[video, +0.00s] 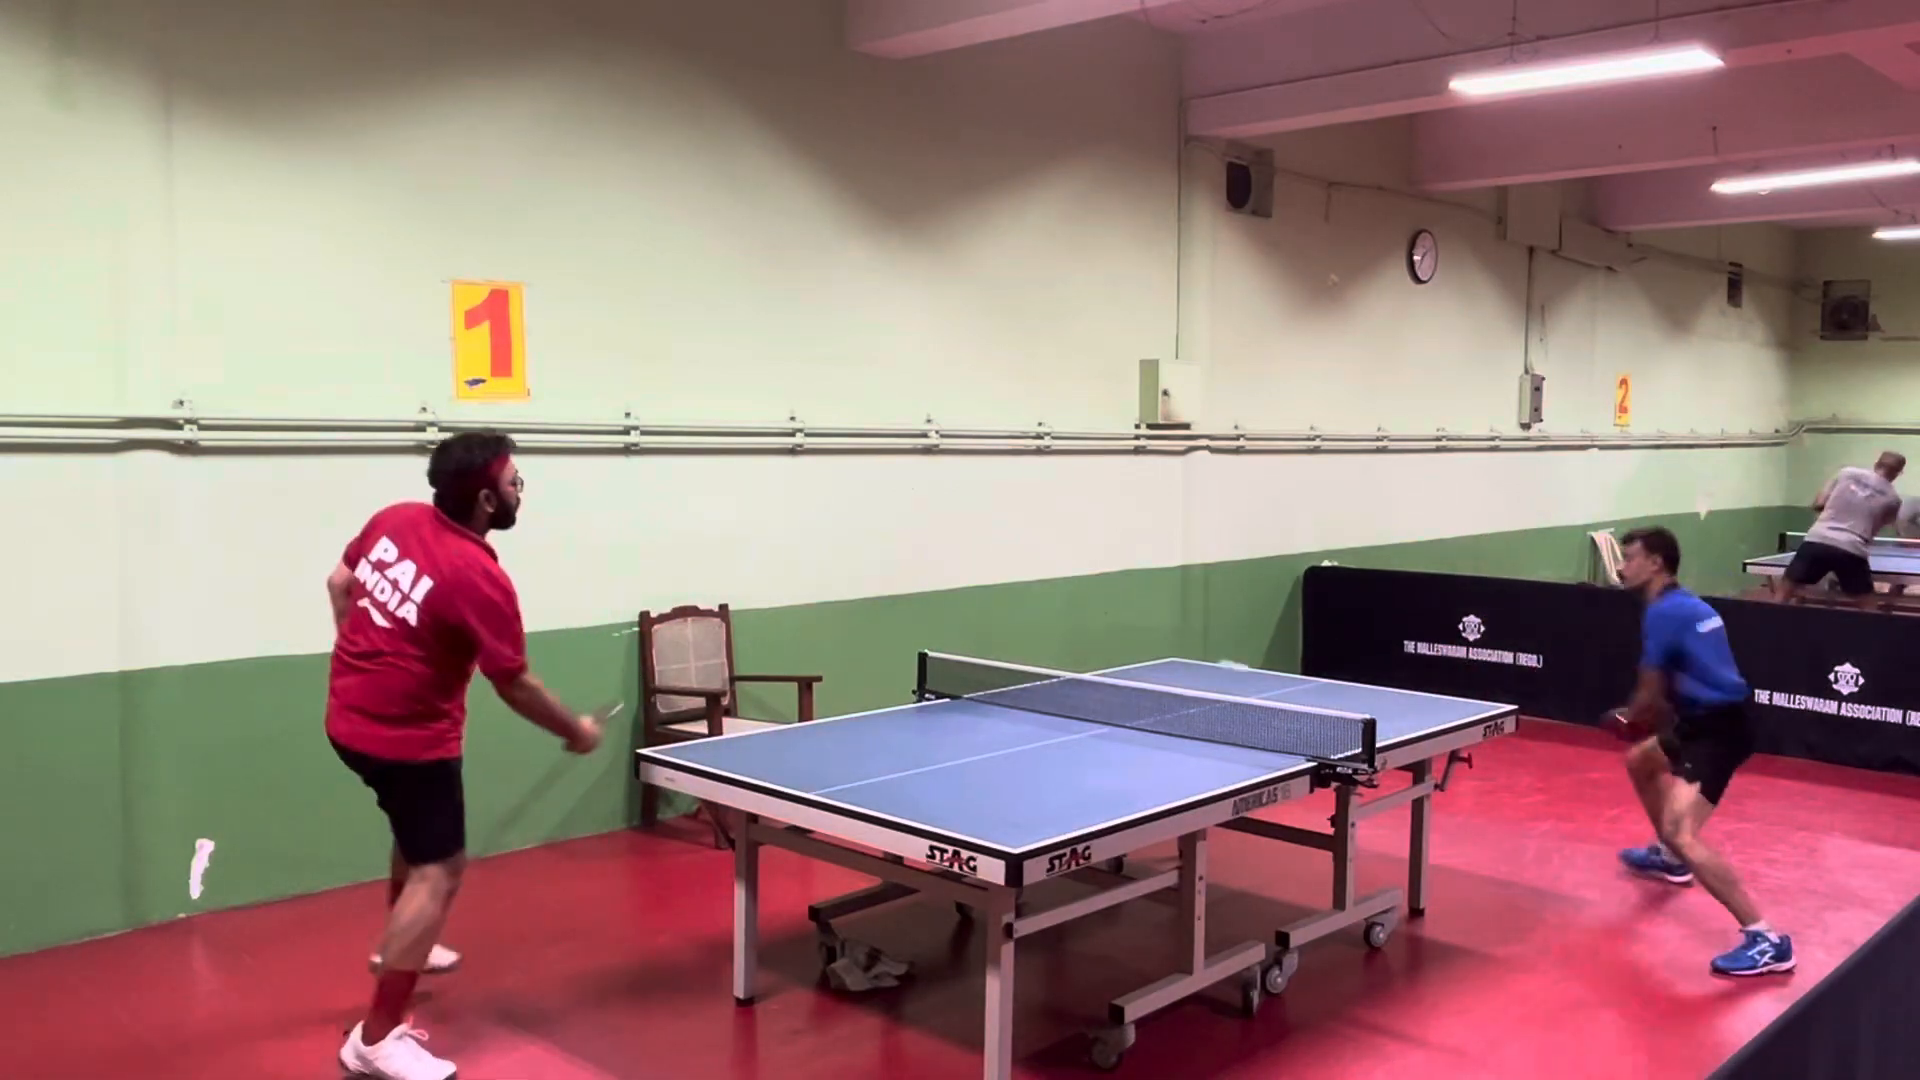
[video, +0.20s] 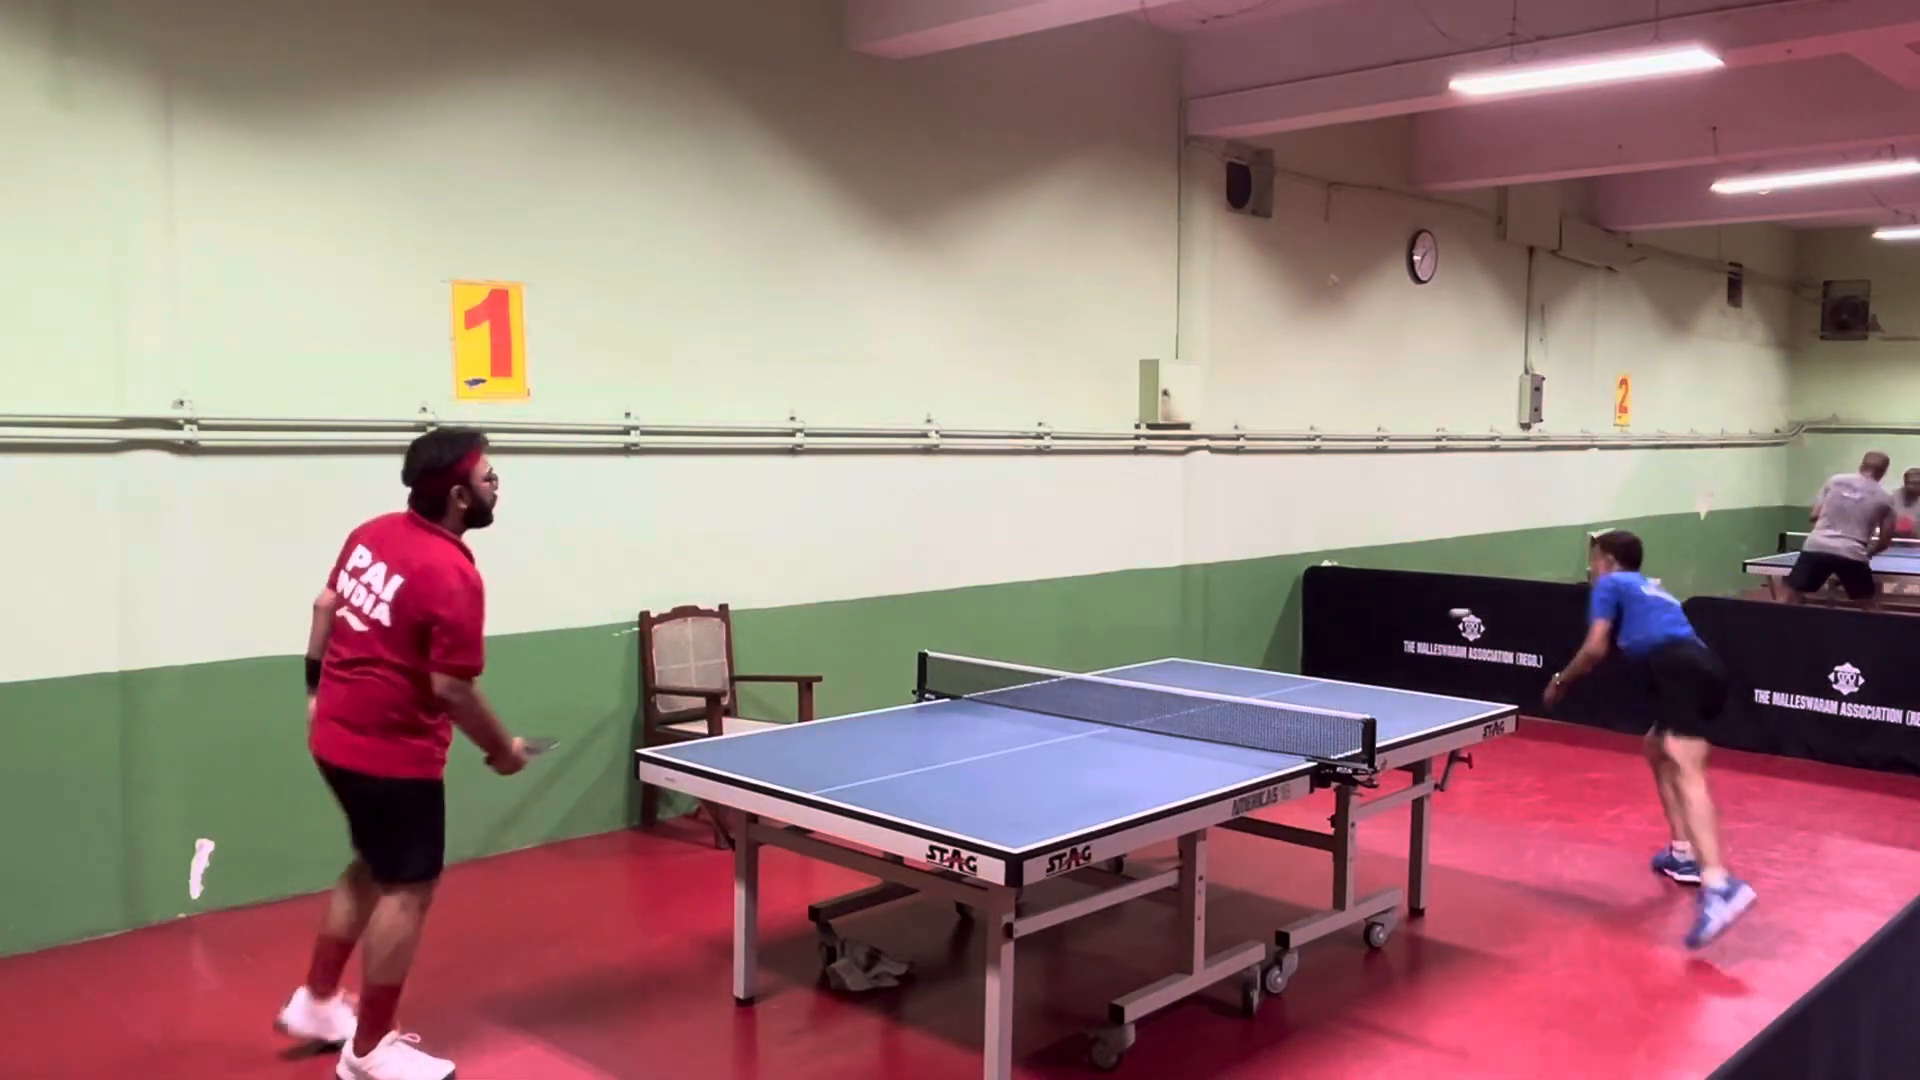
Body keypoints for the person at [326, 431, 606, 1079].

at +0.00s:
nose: (521, 490)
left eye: (517, 478)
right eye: (511, 482)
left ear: (458, 494)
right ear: (479, 498)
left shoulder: (399, 518)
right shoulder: (481, 580)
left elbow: (342, 582)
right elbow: (515, 684)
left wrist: (361, 655)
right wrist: (574, 729)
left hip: (354, 723)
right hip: (412, 743)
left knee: (413, 830)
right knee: (436, 876)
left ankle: (400, 937)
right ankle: (376, 1037)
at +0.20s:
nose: (497, 485)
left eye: (492, 474)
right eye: (486, 478)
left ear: (432, 490)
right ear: (453, 492)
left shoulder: (373, 533)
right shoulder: (452, 574)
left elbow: (325, 609)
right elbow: (452, 688)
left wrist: (318, 686)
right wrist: (501, 747)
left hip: (337, 742)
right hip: (393, 757)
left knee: (372, 866)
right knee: (408, 888)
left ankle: (315, 1003)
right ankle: (372, 1046)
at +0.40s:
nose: (475, 488)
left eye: (471, 477)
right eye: (465, 480)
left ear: (415, 494)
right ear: (431, 495)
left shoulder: (372, 537)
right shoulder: (420, 572)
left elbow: (363, 650)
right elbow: (403, 681)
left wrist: (426, 726)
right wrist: (462, 749)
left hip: (318, 745)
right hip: (370, 756)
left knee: (340, 879)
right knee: (439, 879)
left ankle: (301, 1026)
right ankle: (376, 1047)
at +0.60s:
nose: (464, 493)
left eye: (459, 482)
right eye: (453, 486)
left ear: (406, 502)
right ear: (420, 502)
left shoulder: (362, 549)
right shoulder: (414, 580)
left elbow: (358, 660)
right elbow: (402, 693)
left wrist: (422, 732)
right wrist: (459, 751)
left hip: (323, 764)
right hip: (366, 777)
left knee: (342, 896)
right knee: (393, 920)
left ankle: (301, 1030)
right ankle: (351, 1072)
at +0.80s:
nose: (460, 495)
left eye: (454, 484)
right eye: (448, 488)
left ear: (411, 509)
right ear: (415, 510)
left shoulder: (388, 566)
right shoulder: (392, 584)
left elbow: (401, 682)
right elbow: (414, 700)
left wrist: (464, 701)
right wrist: (489, 708)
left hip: (365, 790)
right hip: (377, 800)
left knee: (378, 915)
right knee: (414, 937)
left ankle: (331, 1020)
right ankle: (352, 1073)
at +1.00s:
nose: (473, 474)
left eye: (467, 462)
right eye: (460, 466)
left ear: (424, 485)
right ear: (423, 486)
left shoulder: (430, 551)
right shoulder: (391, 567)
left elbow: (429, 669)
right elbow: (421, 682)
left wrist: (488, 719)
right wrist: (511, 722)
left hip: (444, 781)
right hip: (378, 797)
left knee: (487, 901)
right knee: (378, 945)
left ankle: (422, 1051)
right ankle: (347, 1075)